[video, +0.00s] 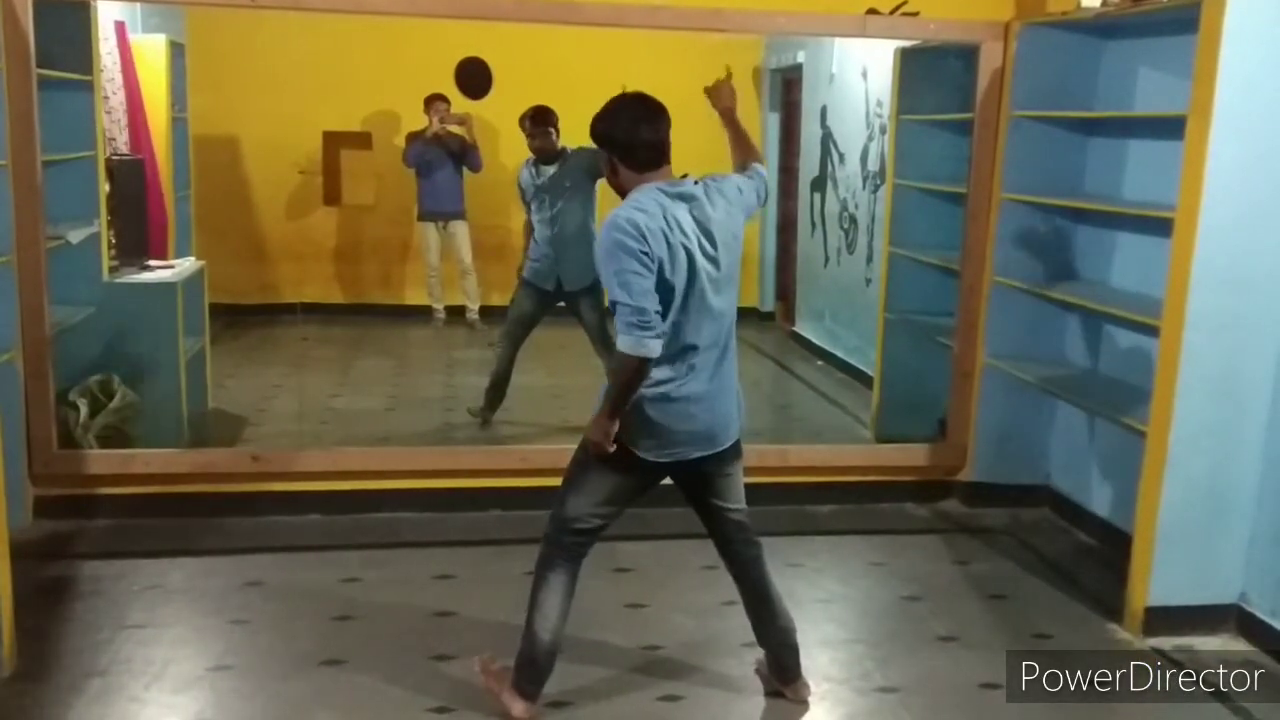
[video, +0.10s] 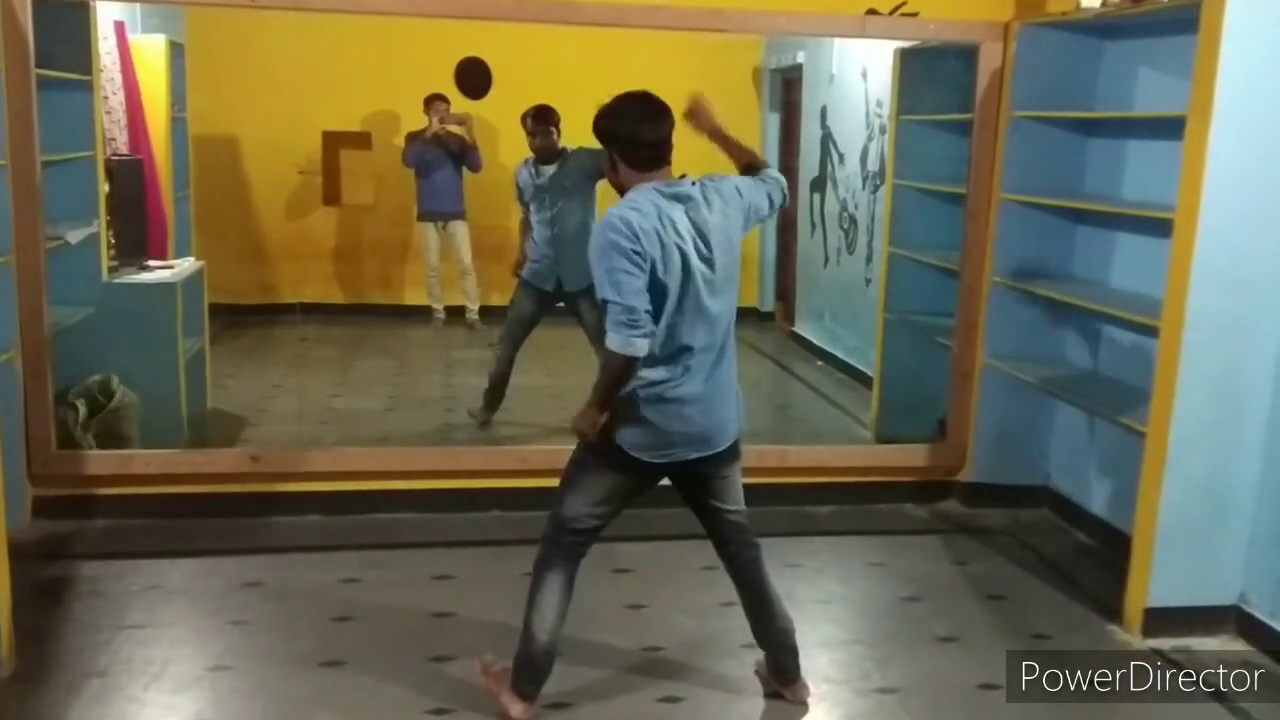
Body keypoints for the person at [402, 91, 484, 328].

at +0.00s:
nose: (440, 115)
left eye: (444, 111)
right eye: (435, 110)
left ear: (450, 113)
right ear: (427, 113)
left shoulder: (456, 140)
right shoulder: (416, 138)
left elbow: (476, 165)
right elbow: (410, 161)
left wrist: (470, 133)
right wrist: (429, 134)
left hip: (456, 213)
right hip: (428, 214)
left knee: (466, 264)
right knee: (433, 267)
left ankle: (473, 313)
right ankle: (438, 311)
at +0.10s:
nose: (440, 115)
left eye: (444, 111)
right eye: (435, 111)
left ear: (449, 113)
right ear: (427, 113)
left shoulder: (456, 140)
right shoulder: (416, 139)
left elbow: (475, 165)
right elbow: (409, 161)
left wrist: (469, 133)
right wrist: (429, 134)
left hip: (455, 213)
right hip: (428, 214)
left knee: (466, 265)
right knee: (432, 267)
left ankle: (472, 313)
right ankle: (437, 312)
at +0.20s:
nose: (440, 115)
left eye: (444, 111)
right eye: (435, 111)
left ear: (449, 114)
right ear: (427, 113)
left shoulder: (456, 140)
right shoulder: (416, 139)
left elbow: (475, 165)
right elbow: (409, 161)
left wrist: (469, 133)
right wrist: (429, 134)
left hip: (455, 213)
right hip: (427, 214)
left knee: (466, 265)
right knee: (432, 267)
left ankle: (472, 313)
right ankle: (437, 312)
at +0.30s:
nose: (440, 115)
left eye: (444, 111)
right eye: (436, 111)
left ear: (449, 113)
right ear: (427, 113)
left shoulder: (456, 140)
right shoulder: (416, 138)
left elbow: (475, 165)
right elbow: (409, 161)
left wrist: (469, 133)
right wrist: (429, 134)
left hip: (455, 213)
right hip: (428, 214)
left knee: (466, 265)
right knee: (432, 267)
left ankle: (472, 313)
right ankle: (437, 312)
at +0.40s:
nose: (440, 115)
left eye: (444, 110)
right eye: (436, 110)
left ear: (449, 113)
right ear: (427, 112)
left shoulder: (456, 140)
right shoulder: (416, 138)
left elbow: (475, 165)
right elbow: (410, 161)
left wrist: (469, 133)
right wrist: (431, 136)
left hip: (455, 213)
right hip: (428, 214)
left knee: (466, 265)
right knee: (432, 266)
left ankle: (472, 313)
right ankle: (437, 312)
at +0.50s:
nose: (441, 114)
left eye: (445, 109)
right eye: (436, 109)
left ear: (450, 113)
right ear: (427, 112)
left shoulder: (456, 140)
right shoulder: (416, 138)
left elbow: (475, 165)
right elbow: (411, 161)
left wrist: (469, 133)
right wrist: (431, 136)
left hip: (455, 212)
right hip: (428, 214)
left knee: (466, 264)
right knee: (432, 266)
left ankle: (472, 313)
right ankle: (437, 312)